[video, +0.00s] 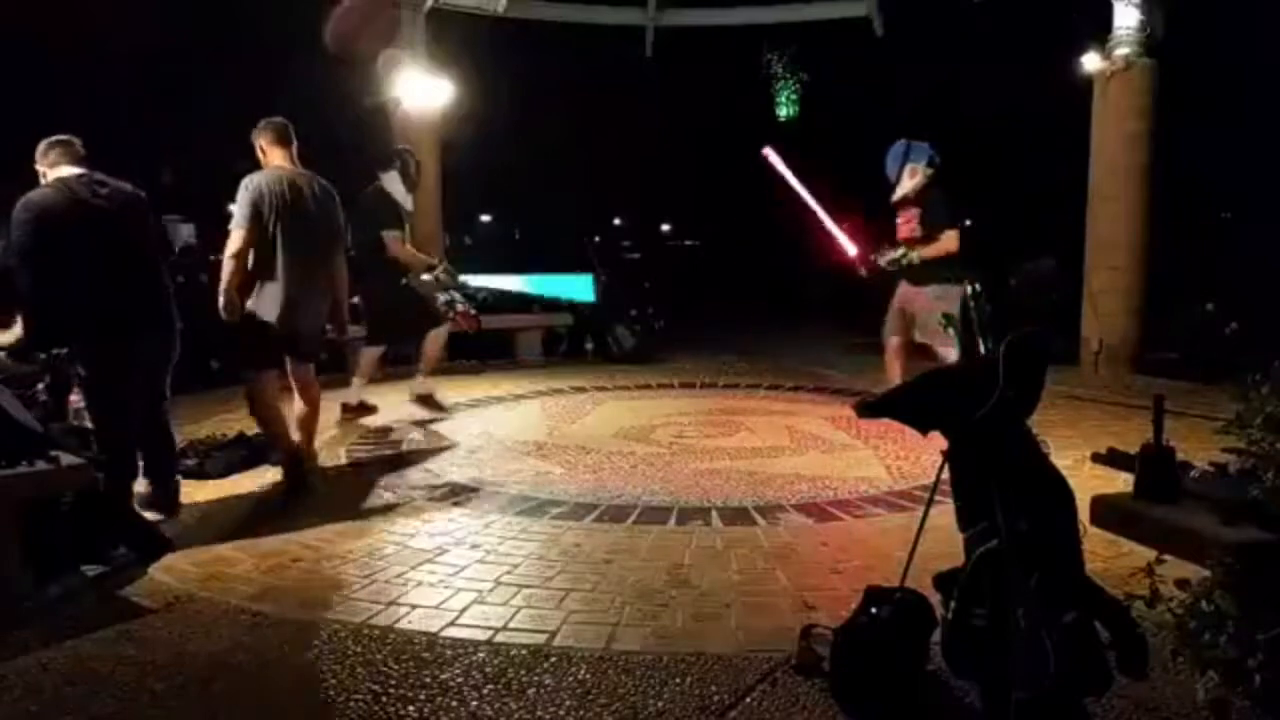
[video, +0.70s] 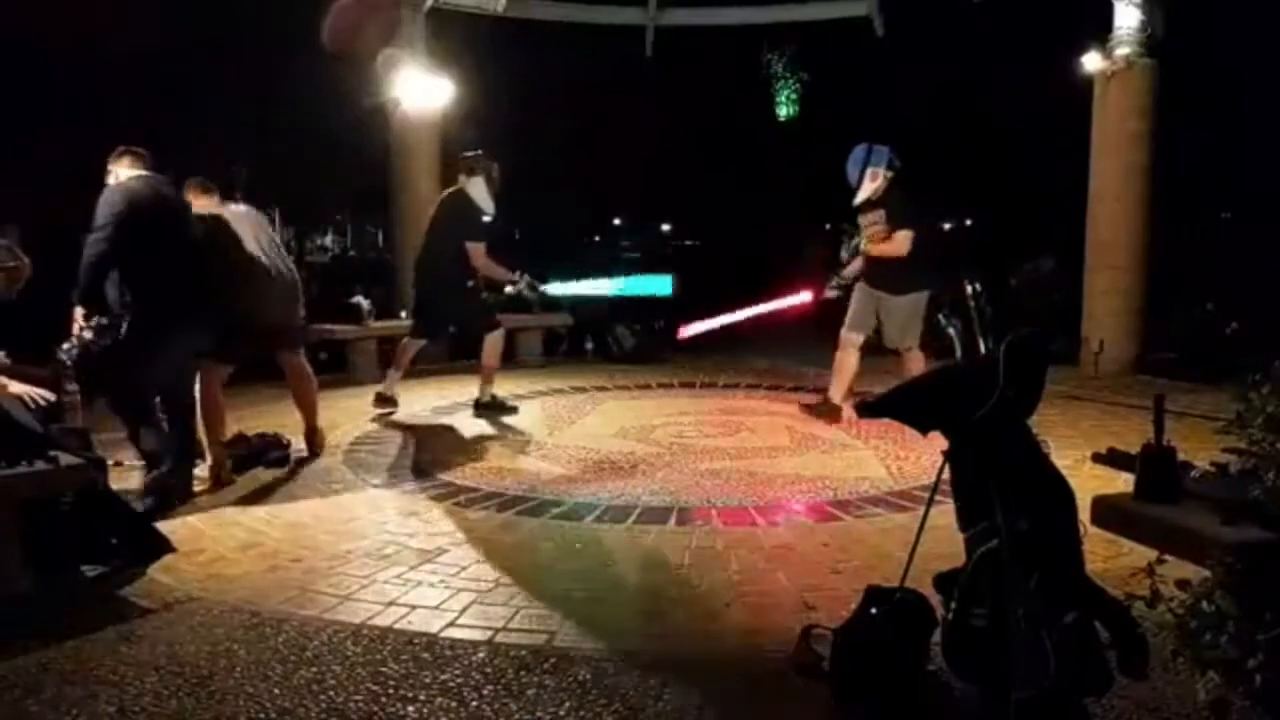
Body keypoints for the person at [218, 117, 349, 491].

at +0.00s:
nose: (260, 156)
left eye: (258, 151)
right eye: (261, 151)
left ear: (262, 149)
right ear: (295, 145)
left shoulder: (255, 185)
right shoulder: (324, 190)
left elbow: (237, 246)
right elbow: (338, 259)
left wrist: (226, 289)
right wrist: (342, 310)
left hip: (268, 304)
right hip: (313, 303)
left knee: (264, 387)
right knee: (305, 376)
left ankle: (290, 458)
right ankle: (306, 457)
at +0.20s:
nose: (249, 158)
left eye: (248, 153)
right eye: (250, 153)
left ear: (253, 150)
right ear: (284, 147)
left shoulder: (249, 181)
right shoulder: (313, 187)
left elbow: (236, 238)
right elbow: (327, 251)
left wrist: (226, 286)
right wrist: (324, 298)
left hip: (259, 297)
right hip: (303, 298)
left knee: (233, 370)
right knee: (300, 377)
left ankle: (260, 451)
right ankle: (306, 451)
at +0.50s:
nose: (204, 176)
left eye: (204, 171)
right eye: (205, 171)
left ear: (209, 167)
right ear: (240, 163)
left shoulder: (205, 197)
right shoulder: (270, 192)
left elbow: (200, 253)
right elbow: (297, 242)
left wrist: (199, 294)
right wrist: (293, 287)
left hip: (232, 302)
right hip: (282, 298)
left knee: (213, 380)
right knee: (291, 363)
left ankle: (219, 461)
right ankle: (308, 432)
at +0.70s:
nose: (189, 209)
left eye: (188, 203)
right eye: (189, 203)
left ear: (191, 200)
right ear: (218, 196)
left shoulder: (195, 221)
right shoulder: (253, 215)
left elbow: (189, 276)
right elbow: (285, 265)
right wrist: (296, 302)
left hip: (232, 305)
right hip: (282, 298)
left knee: (209, 379)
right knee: (294, 360)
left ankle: (218, 462)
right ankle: (313, 433)